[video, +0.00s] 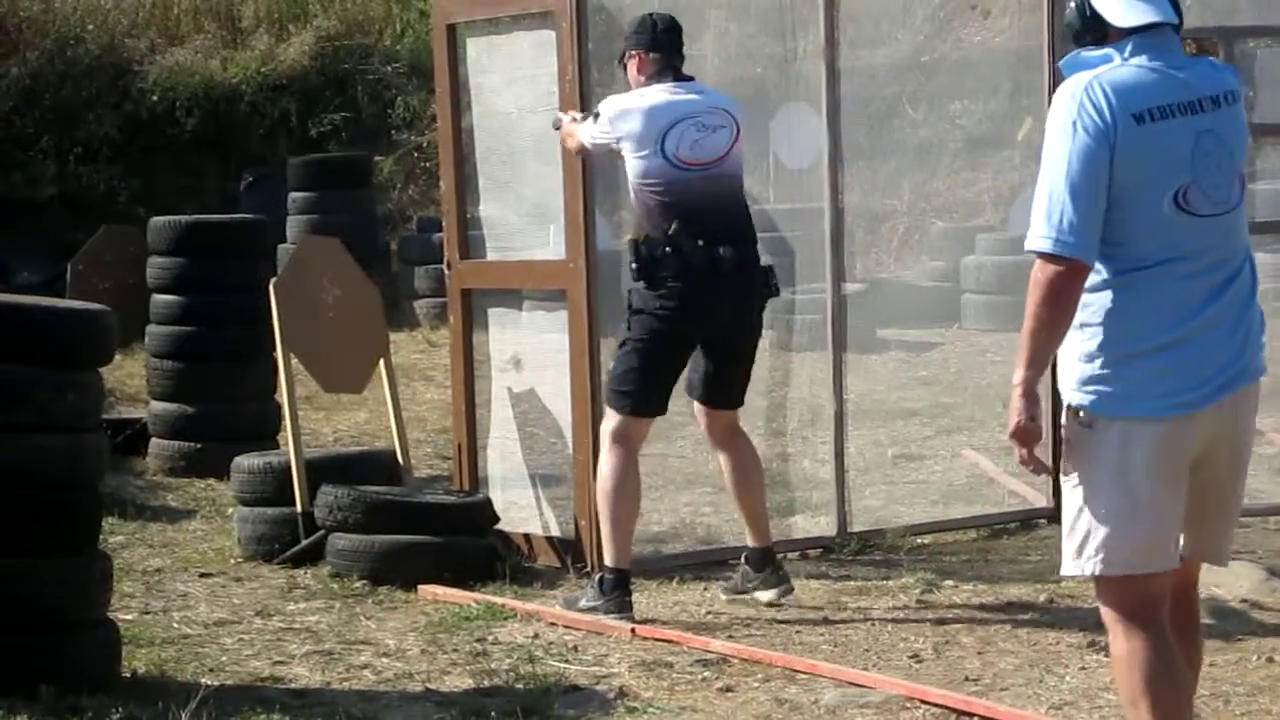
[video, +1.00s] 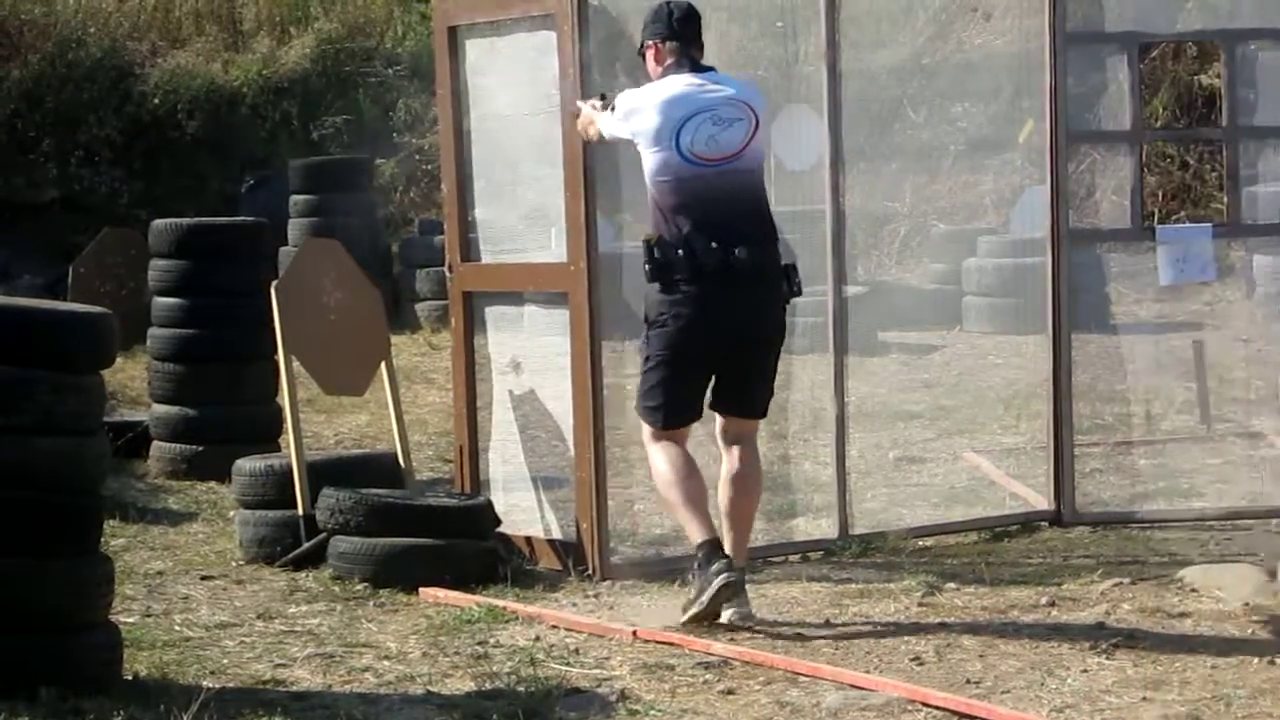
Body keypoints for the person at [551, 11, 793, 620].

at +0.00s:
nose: (625, 72)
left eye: (625, 64)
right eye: (626, 65)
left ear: (638, 62)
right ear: (681, 59)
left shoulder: (631, 109)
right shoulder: (723, 104)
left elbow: (579, 140)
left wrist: (570, 125)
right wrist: (599, 125)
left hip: (670, 287)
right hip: (742, 284)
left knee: (620, 437)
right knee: (723, 421)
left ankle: (613, 586)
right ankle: (763, 561)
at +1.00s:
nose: (645, 63)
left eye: (645, 55)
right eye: (646, 56)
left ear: (656, 53)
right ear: (701, 47)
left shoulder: (649, 104)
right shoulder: (752, 93)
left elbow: (592, 125)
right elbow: (708, 102)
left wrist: (590, 110)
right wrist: (675, 77)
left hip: (688, 296)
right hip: (761, 292)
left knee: (664, 435)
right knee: (740, 434)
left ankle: (710, 560)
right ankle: (733, 584)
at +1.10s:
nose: (652, 64)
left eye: (652, 55)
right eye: (653, 56)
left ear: (665, 51)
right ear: (711, 47)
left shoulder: (657, 105)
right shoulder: (755, 96)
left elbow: (604, 136)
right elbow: (693, 119)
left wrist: (589, 134)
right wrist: (611, 133)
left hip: (695, 297)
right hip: (768, 292)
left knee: (684, 444)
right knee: (744, 439)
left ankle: (723, 567)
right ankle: (733, 581)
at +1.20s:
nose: (658, 64)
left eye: (658, 55)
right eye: (659, 56)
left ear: (671, 52)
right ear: (718, 47)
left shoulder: (662, 102)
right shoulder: (760, 95)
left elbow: (613, 144)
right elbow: (687, 142)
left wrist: (597, 138)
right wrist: (618, 144)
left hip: (707, 295)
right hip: (777, 291)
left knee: (697, 447)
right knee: (751, 440)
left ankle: (727, 587)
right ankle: (737, 579)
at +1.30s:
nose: (673, 60)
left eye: (673, 51)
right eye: (675, 51)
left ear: (686, 48)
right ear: (731, 44)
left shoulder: (675, 98)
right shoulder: (778, 94)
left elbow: (618, 143)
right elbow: (712, 131)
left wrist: (604, 138)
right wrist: (643, 138)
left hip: (714, 289)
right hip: (785, 286)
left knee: (711, 450)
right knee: (763, 434)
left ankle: (734, 600)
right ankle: (754, 580)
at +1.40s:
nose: (689, 54)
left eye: (689, 44)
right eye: (692, 44)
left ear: (702, 42)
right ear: (746, 39)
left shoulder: (689, 91)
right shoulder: (795, 88)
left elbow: (625, 143)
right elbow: (728, 137)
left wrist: (625, 137)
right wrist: (651, 141)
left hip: (724, 287)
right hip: (798, 282)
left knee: (716, 447)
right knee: (774, 423)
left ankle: (735, 601)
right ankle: (785, 576)